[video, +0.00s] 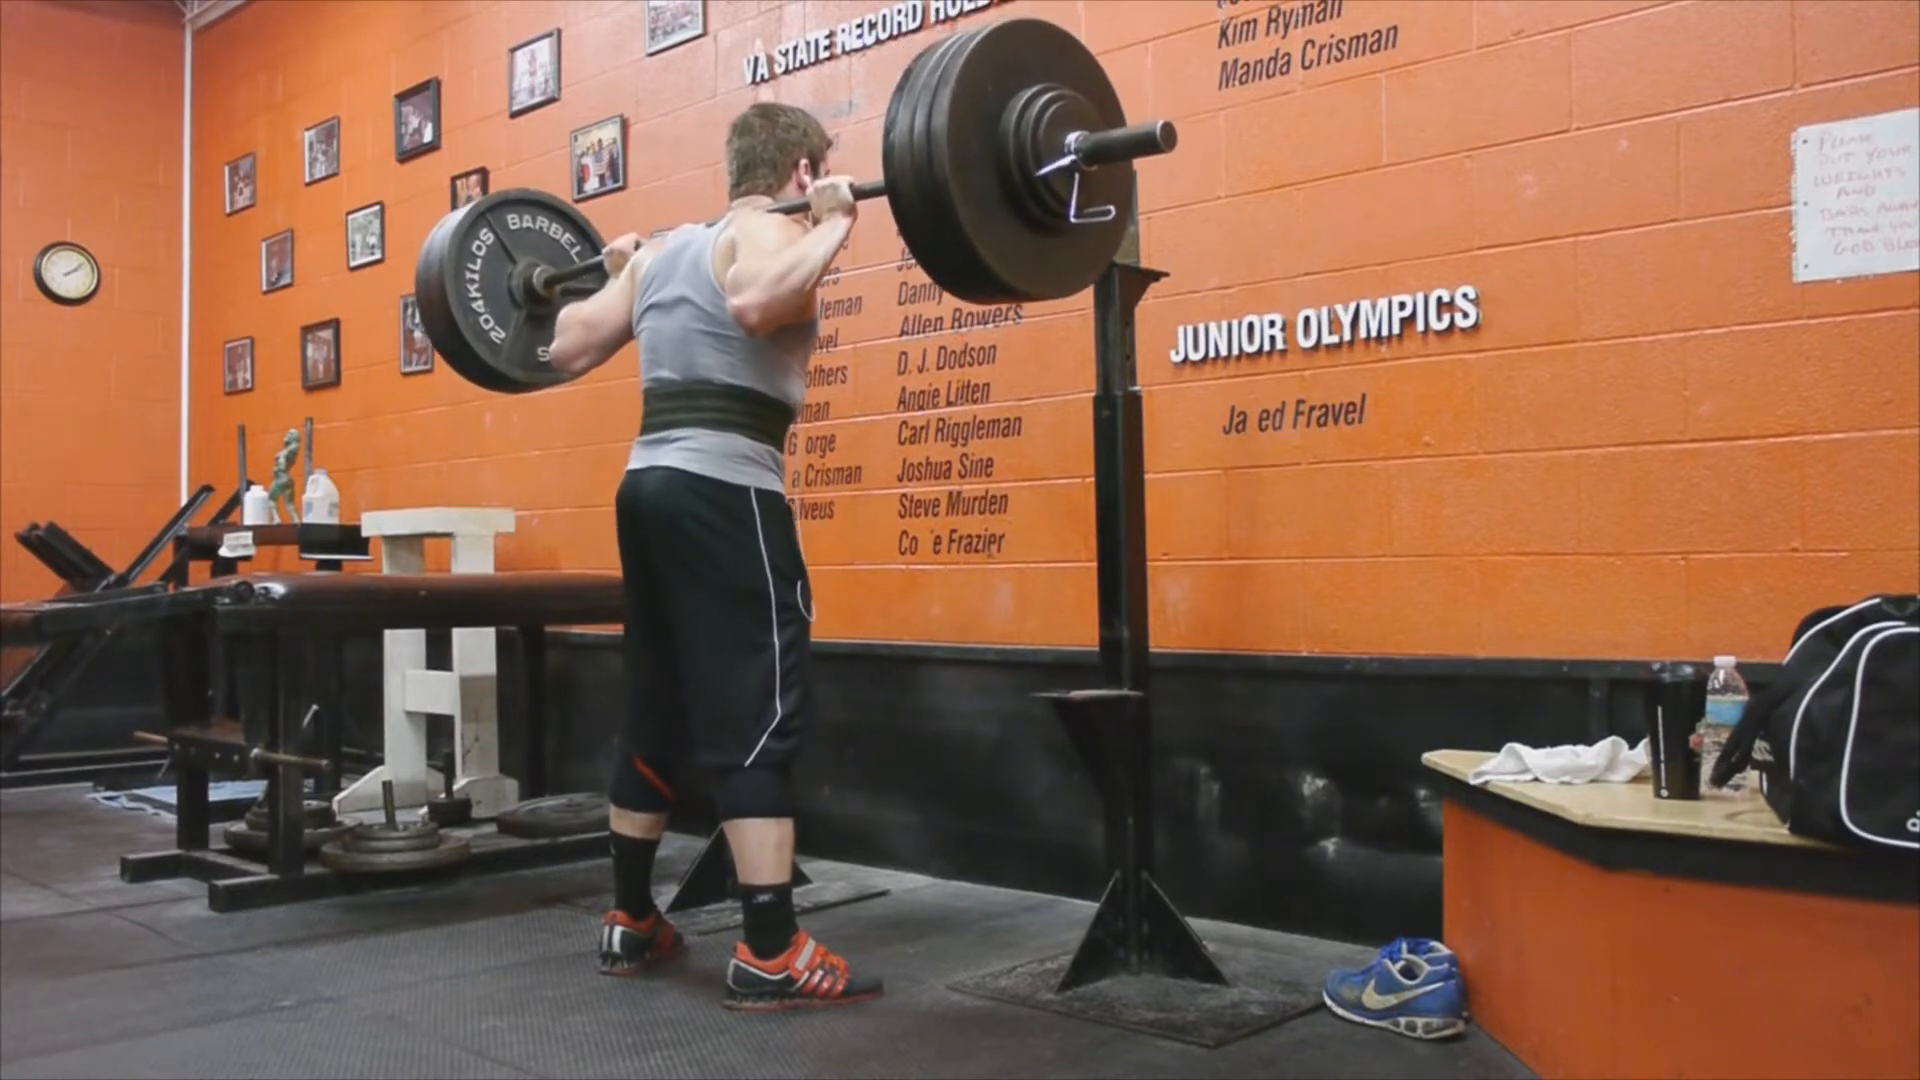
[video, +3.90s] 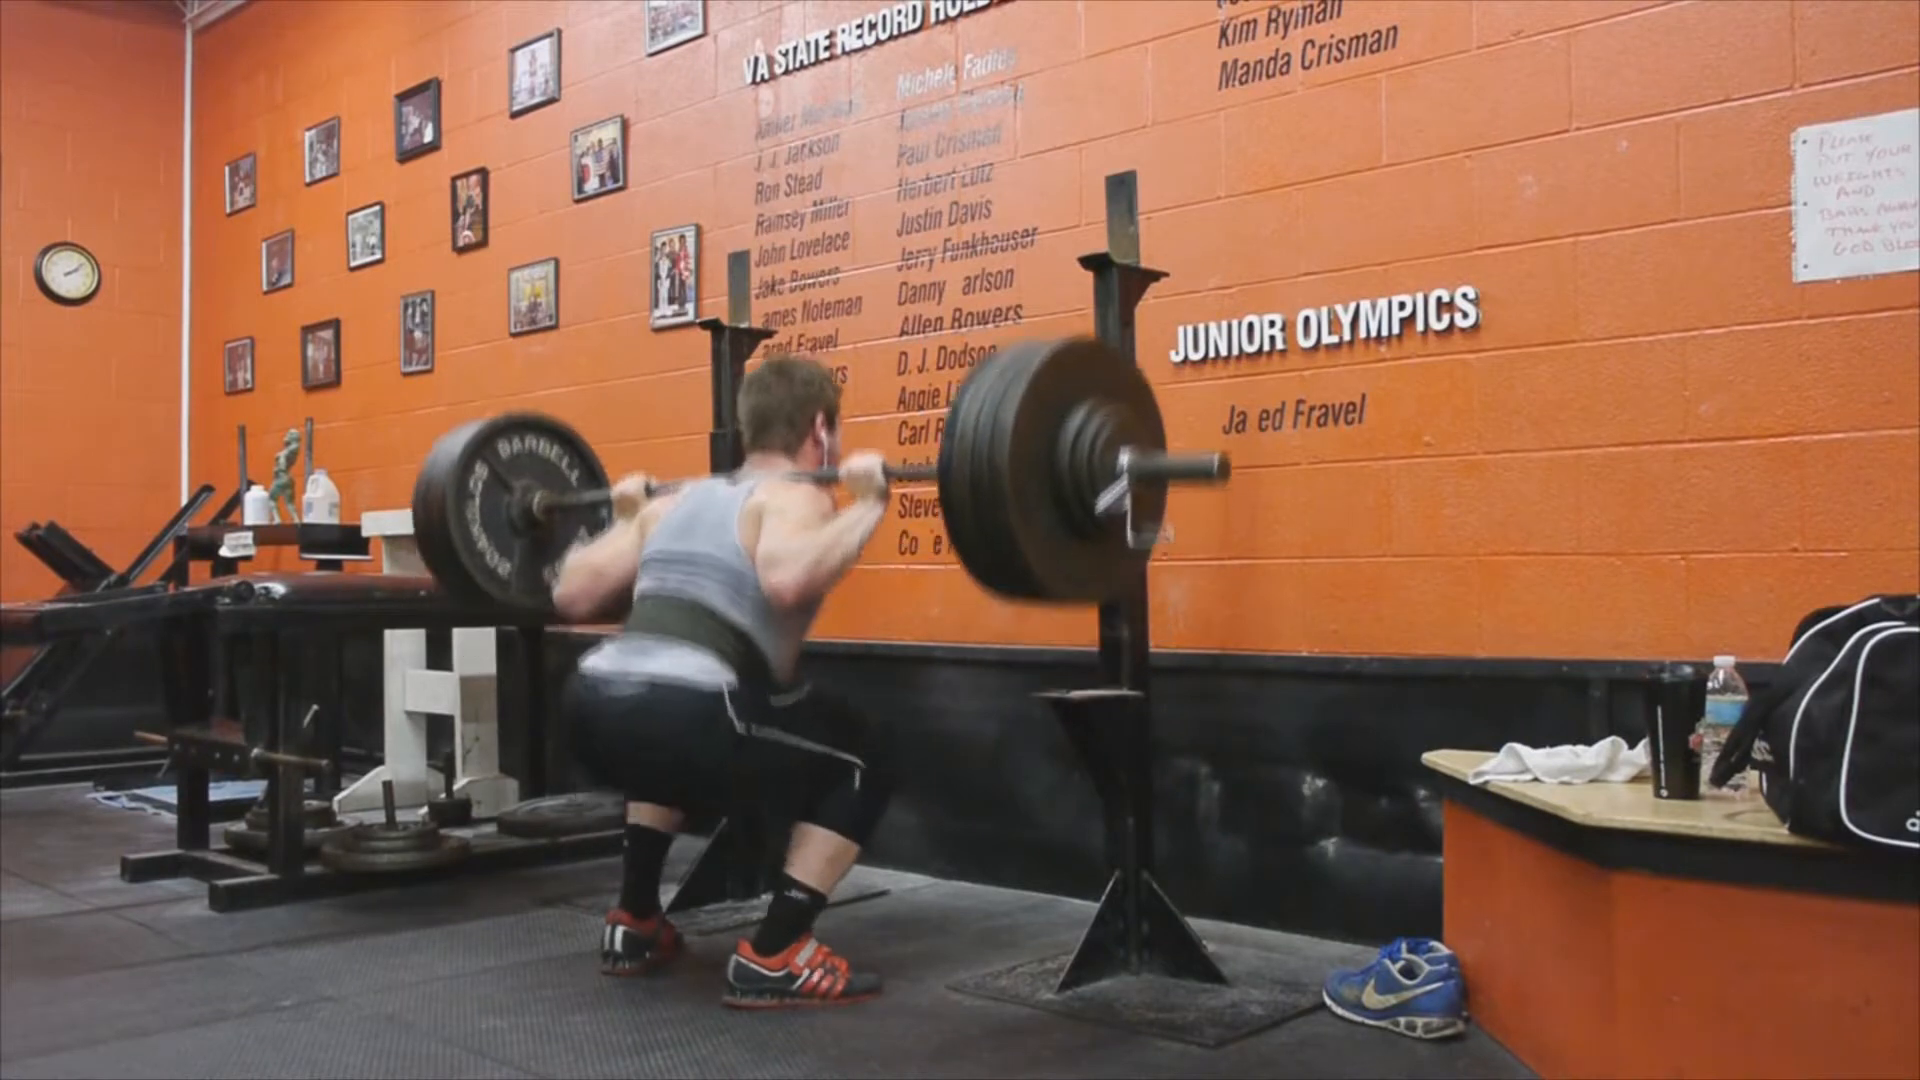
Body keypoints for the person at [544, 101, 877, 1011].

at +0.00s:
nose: (825, 189)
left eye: (824, 174)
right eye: (823, 174)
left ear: (737, 171)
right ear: (800, 169)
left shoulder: (664, 251)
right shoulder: (773, 227)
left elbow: (564, 347)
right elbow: (753, 303)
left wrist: (607, 273)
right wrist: (833, 229)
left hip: (650, 486)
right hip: (725, 488)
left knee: (658, 708)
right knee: (758, 713)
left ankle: (631, 920)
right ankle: (770, 947)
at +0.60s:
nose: (826, 285)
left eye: (825, 272)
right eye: (825, 272)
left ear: (739, 272)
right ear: (806, 271)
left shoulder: (670, 344)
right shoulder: (779, 332)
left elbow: (574, 444)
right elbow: (767, 407)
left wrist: (621, 363)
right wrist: (846, 333)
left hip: (602, 565)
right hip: (689, 571)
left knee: (660, 722)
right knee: (834, 734)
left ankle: (632, 921)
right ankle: (775, 948)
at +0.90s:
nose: (833, 377)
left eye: (831, 363)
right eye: (831, 362)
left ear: (744, 365)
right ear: (811, 366)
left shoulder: (680, 438)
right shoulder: (787, 428)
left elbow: (586, 548)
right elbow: (781, 522)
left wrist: (636, 460)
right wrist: (857, 442)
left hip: (596, 654)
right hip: (686, 663)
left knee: (668, 745)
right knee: (855, 766)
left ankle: (633, 920)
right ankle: (776, 951)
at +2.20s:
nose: (825, 265)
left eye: (823, 252)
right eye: (824, 253)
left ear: (739, 254)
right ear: (805, 251)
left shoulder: (668, 326)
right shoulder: (783, 316)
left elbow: (569, 419)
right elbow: (771, 387)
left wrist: (617, 345)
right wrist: (851, 315)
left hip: (599, 536)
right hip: (688, 543)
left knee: (666, 712)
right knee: (811, 717)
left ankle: (633, 919)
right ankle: (775, 947)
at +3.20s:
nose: (835, 373)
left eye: (837, 361)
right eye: (834, 360)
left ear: (744, 363)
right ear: (815, 363)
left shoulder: (675, 434)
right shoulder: (789, 427)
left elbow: (579, 540)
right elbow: (790, 515)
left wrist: (625, 454)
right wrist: (864, 440)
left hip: (594, 642)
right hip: (687, 654)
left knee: (665, 735)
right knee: (853, 750)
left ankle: (634, 920)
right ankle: (776, 949)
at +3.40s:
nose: (833, 451)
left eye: (833, 436)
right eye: (831, 436)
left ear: (743, 442)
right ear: (813, 443)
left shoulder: (675, 515)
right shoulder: (792, 516)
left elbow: (587, 621)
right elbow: (796, 610)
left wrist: (627, 533)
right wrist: (868, 525)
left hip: (599, 736)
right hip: (696, 749)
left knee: (675, 751)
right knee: (870, 782)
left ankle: (634, 918)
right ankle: (776, 951)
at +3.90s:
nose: (837, 443)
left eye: (835, 428)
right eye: (835, 428)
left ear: (746, 432)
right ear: (817, 432)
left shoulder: (674, 503)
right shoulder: (798, 498)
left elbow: (574, 594)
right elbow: (786, 582)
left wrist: (626, 516)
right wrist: (867, 505)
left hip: (600, 713)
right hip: (698, 721)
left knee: (674, 751)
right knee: (860, 768)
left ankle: (634, 917)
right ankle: (775, 950)